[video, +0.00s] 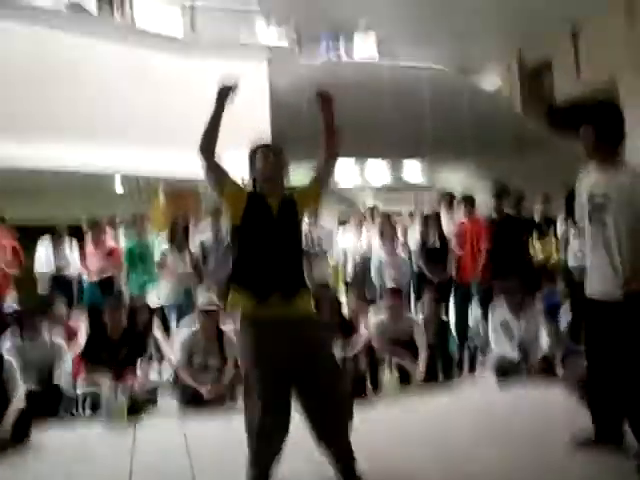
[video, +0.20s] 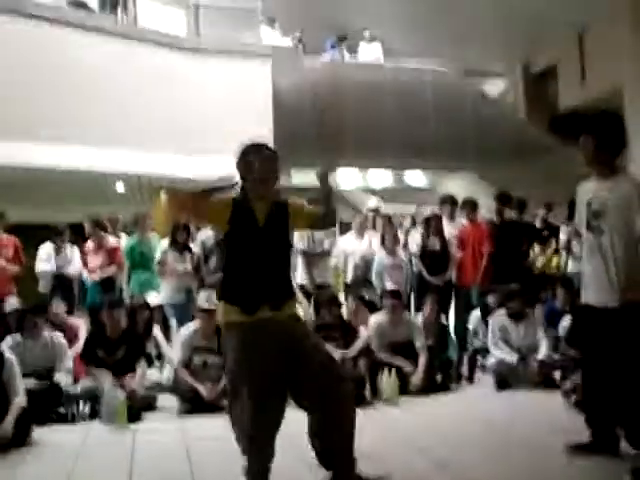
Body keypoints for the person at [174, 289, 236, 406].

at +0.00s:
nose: (209, 318)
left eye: (213, 313)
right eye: (205, 313)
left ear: (218, 315)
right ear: (198, 315)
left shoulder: (225, 340)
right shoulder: (187, 339)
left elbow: (230, 366)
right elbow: (180, 367)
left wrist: (220, 387)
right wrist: (199, 387)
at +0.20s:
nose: (209, 316)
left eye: (212, 312)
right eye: (205, 312)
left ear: (217, 314)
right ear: (197, 313)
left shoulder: (222, 334)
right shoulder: (186, 334)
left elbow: (229, 366)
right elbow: (179, 366)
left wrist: (218, 388)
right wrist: (200, 388)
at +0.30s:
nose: (205, 303)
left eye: (209, 299)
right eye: (202, 298)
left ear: (217, 300)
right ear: (196, 298)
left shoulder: (223, 319)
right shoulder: (186, 320)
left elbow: (231, 349)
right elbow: (178, 351)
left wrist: (220, 372)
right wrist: (200, 372)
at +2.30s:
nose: (210, 293)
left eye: (213, 289)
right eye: (205, 290)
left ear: (219, 291)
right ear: (197, 292)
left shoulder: (227, 311)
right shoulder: (187, 313)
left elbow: (232, 343)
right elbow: (181, 346)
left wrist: (221, 365)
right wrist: (200, 365)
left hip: (221, 358)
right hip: (196, 359)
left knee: (248, 359)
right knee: (173, 364)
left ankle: (199, 383)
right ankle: (222, 381)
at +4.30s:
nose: (208, 294)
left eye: (211, 289)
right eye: (203, 291)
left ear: (216, 291)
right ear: (196, 294)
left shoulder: (227, 311)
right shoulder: (186, 313)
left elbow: (232, 343)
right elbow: (181, 347)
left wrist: (220, 365)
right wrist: (201, 365)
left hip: (222, 357)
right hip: (196, 359)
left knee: (245, 360)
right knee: (173, 364)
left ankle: (198, 383)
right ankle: (222, 382)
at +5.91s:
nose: (210, 297)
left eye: (214, 292)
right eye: (205, 293)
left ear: (220, 293)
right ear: (200, 296)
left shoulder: (231, 314)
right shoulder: (191, 316)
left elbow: (238, 343)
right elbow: (184, 349)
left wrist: (225, 367)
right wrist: (205, 367)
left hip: (225, 360)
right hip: (200, 361)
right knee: (177, 367)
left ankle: (201, 386)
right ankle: (226, 384)